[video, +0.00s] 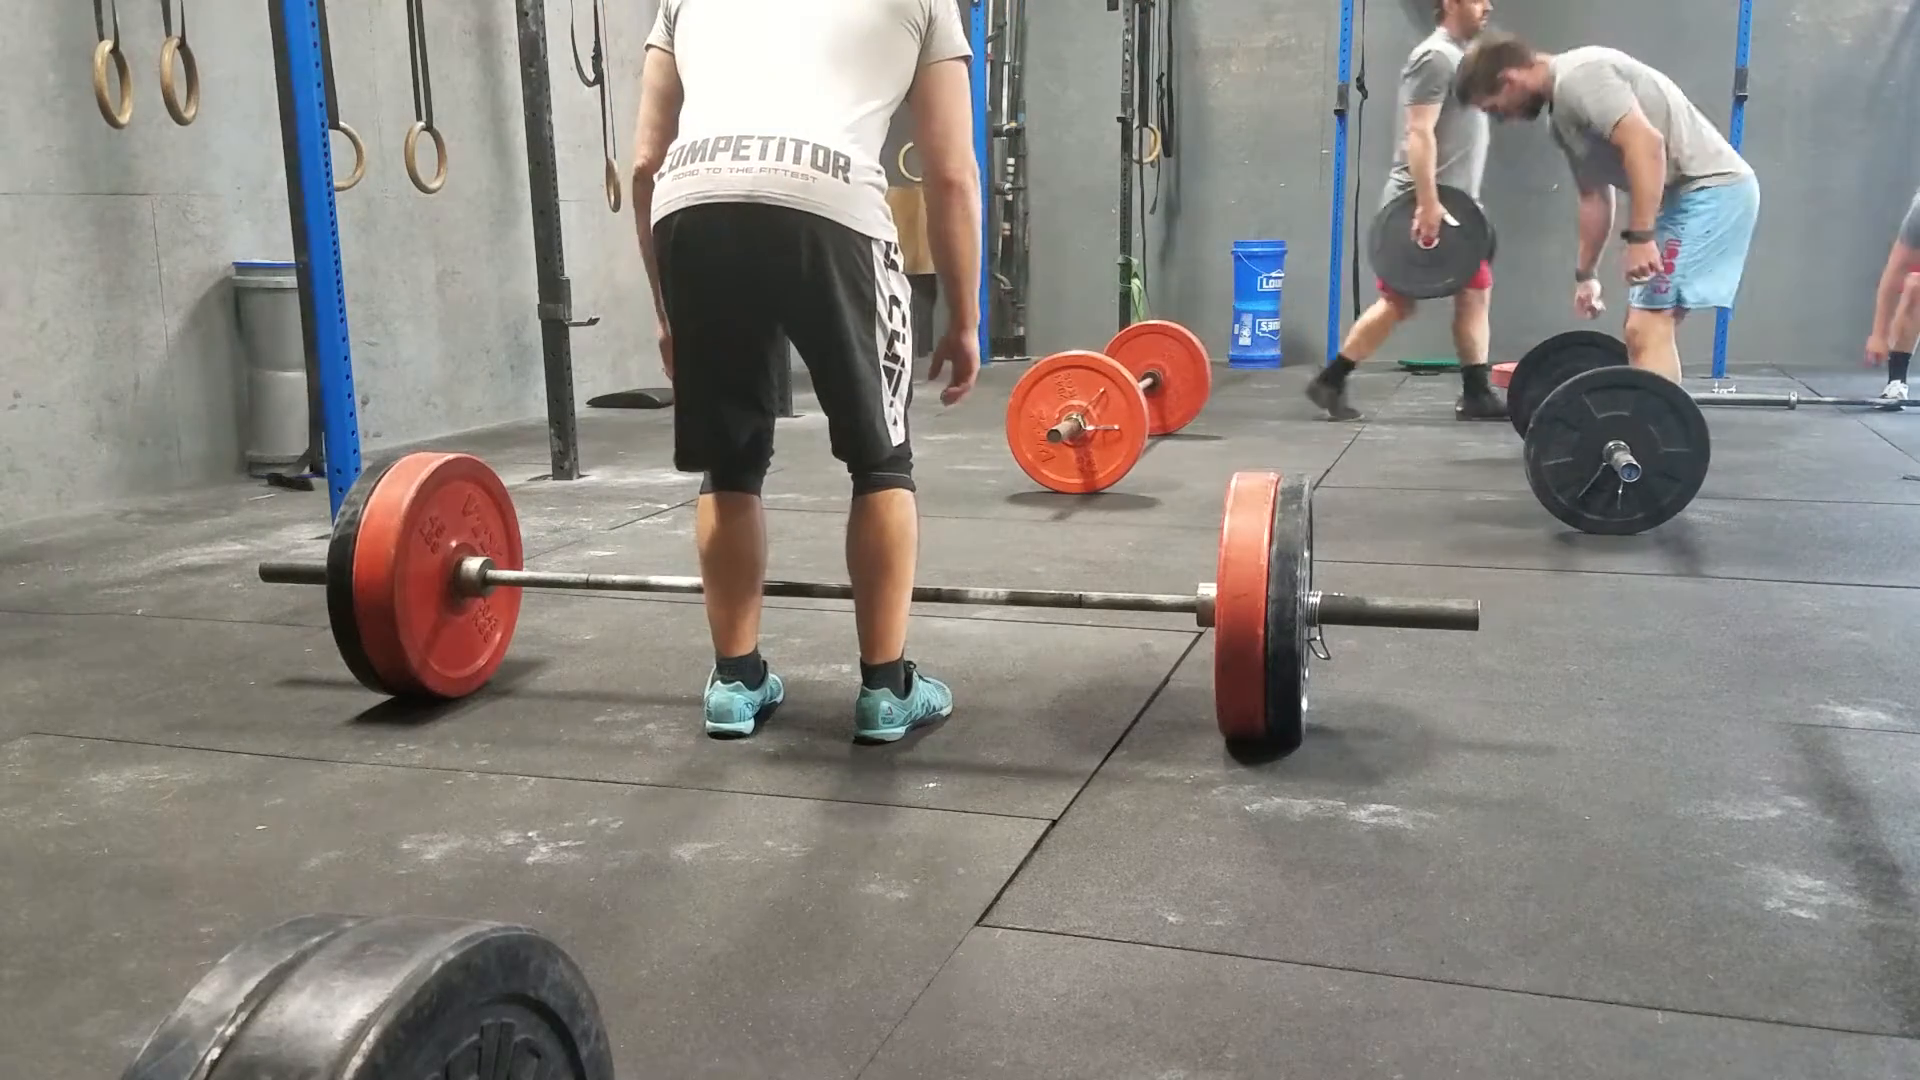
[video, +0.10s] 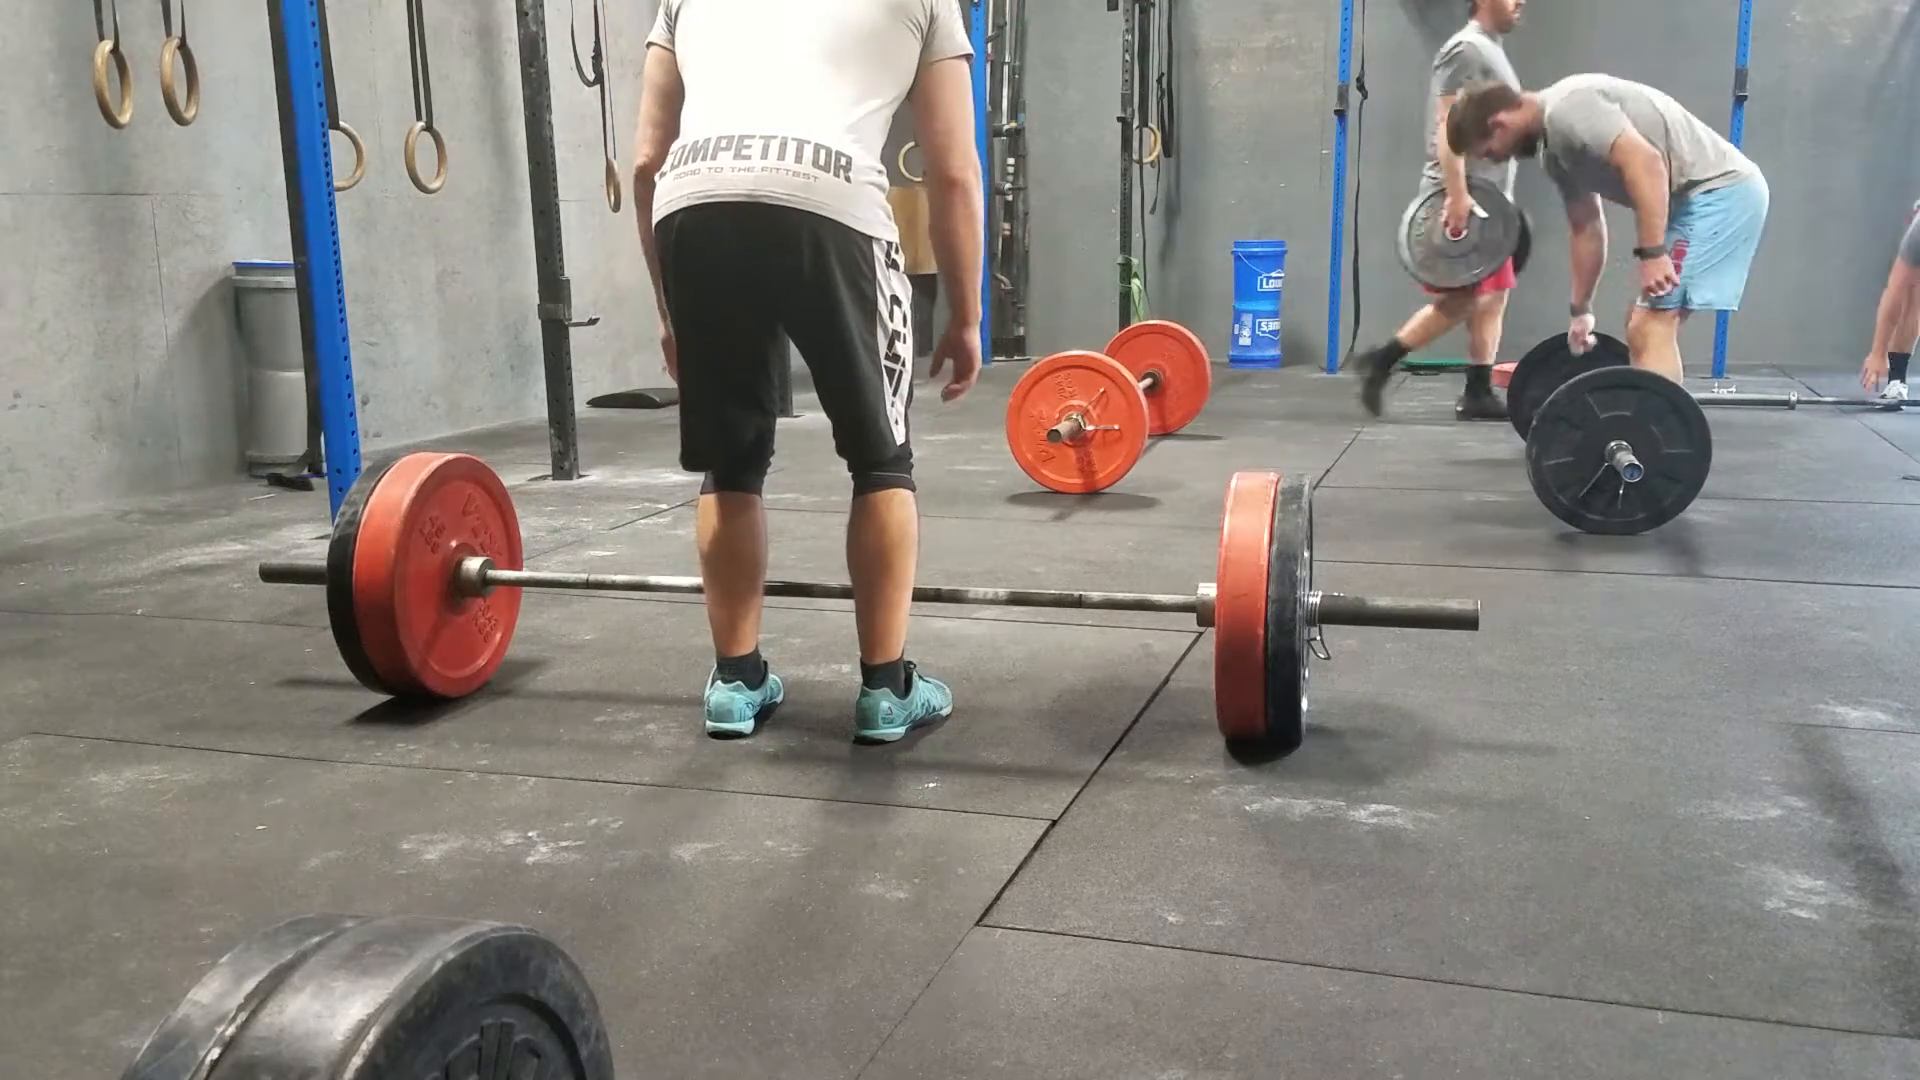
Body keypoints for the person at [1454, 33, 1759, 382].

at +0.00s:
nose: (1501, 119)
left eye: (1495, 109)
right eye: (1493, 114)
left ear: (1512, 76)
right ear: (1511, 76)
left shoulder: (1580, 77)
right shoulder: (1562, 115)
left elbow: (1645, 144)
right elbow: (1593, 195)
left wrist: (1640, 236)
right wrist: (1586, 274)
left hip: (1711, 188)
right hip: (1686, 192)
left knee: (1646, 328)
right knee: (1647, 331)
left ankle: (1659, 458)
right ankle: (1661, 457)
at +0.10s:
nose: (1497, 159)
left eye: (1490, 150)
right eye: (1488, 156)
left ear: (1501, 121)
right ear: (1500, 121)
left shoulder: (1569, 109)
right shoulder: (1555, 149)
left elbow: (1645, 164)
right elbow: (1586, 227)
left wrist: (1652, 252)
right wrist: (1580, 308)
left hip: (1721, 187)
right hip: (1699, 193)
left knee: (1650, 324)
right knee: (1646, 325)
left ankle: (1658, 455)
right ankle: (1658, 453)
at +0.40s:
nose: (1494, 242)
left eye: (1486, 237)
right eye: (1485, 241)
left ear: (1492, 210)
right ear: (1493, 209)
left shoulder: (1549, 177)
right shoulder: (1552, 223)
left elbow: (1634, 208)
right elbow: (1576, 305)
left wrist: (1667, 291)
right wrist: (1573, 391)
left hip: (1727, 192)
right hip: (1710, 200)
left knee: (1640, 324)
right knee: (1643, 325)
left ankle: (1657, 449)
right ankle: (1662, 449)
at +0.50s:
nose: (1499, 261)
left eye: (1488, 255)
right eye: (1489, 259)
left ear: (1488, 226)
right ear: (1491, 222)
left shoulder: (1547, 192)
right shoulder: (1548, 230)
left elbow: (1629, 227)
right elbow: (1577, 307)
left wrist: (1658, 309)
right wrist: (1580, 390)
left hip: (1726, 193)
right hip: (1705, 202)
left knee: (1634, 328)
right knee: (1631, 327)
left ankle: (1660, 452)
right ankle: (1653, 450)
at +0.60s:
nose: (1497, 269)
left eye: (1485, 263)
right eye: (1487, 269)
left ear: (1487, 230)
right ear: (1491, 227)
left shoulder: (1546, 202)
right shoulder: (1543, 235)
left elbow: (1623, 248)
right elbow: (1582, 312)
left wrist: (1641, 334)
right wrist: (1582, 387)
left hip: (1726, 195)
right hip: (1712, 203)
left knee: (1632, 322)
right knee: (1640, 324)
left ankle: (1650, 439)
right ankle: (1652, 440)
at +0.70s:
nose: (1498, 274)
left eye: (1488, 267)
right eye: (1489, 275)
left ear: (1489, 233)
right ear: (1493, 229)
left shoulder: (1549, 212)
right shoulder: (1539, 233)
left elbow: (1615, 277)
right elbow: (1580, 310)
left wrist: (1622, 366)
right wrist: (1587, 387)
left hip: (1727, 198)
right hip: (1720, 202)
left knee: (1638, 324)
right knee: (1641, 329)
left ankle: (1656, 439)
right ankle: (1662, 439)